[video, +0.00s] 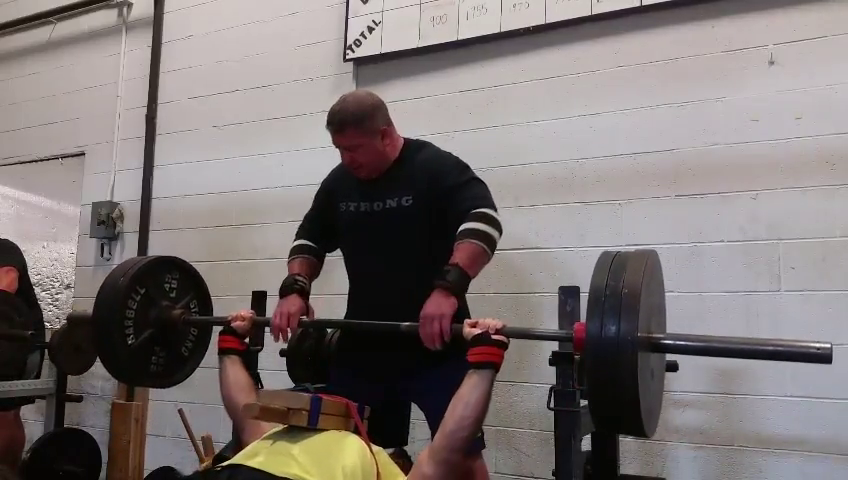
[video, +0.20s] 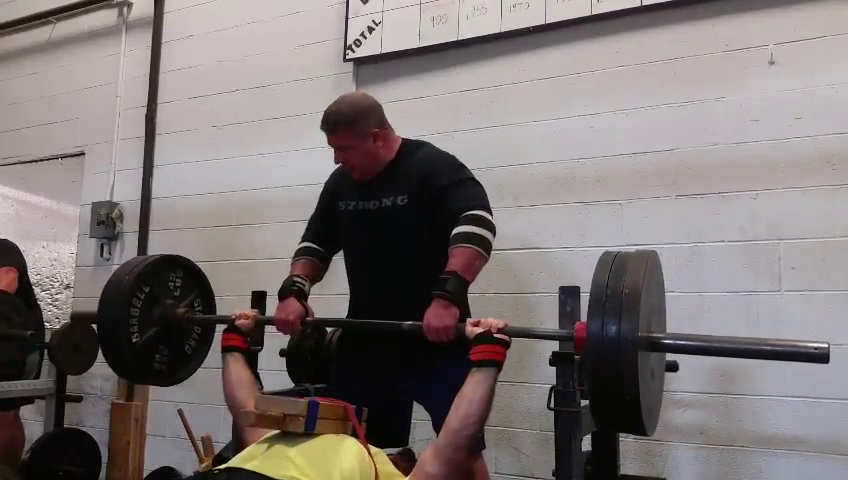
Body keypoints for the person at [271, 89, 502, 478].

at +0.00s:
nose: (347, 160)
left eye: (354, 150)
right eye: (341, 150)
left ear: (386, 135)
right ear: (335, 141)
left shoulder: (438, 169)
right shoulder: (338, 185)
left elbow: (482, 222)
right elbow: (310, 239)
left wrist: (448, 289)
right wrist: (294, 290)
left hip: (437, 340)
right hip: (365, 342)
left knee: (462, 455)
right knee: (362, 457)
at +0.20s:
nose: (339, 159)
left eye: (345, 149)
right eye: (335, 149)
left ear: (378, 138)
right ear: (331, 142)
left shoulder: (434, 168)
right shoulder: (340, 185)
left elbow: (475, 224)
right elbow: (317, 243)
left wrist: (449, 294)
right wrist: (293, 292)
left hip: (435, 337)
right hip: (367, 340)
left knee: (462, 449)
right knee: (368, 454)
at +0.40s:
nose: (339, 150)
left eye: (345, 140)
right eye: (336, 142)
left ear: (377, 132)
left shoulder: (438, 167)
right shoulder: (345, 183)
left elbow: (478, 225)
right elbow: (320, 243)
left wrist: (455, 296)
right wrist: (302, 293)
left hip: (434, 343)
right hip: (363, 345)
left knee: (462, 455)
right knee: (365, 461)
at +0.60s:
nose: (342, 145)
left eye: (348, 136)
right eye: (340, 136)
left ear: (381, 128)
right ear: (376, 129)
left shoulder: (445, 169)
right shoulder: (346, 182)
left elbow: (488, 232)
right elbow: (325, 248)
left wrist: (468, 302)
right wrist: (318, 303)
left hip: (434, 346)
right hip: (360, 345)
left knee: (457, 459)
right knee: (363, 461)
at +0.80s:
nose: (363, 145)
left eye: (371, 134)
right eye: (358, 135)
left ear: (401, 126)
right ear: (352, 132)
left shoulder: (451, 173)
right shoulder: (350, 182)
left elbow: (490, 242)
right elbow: (331, 253)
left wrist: (470, 309)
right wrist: (325, 310)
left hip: (440, 347)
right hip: (365, 347)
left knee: (454, 459)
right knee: (368, 462)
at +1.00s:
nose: (397, 141)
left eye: (404, 129)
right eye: (384, 133)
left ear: (417, 121)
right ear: (367, 134)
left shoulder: (455, 173)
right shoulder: (351, 183)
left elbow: (489, 244)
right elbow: (335, 256)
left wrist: (472, 314)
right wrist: (327, 315)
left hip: (441, 345)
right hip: (368, 346)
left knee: (464, 454)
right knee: (367, 460)